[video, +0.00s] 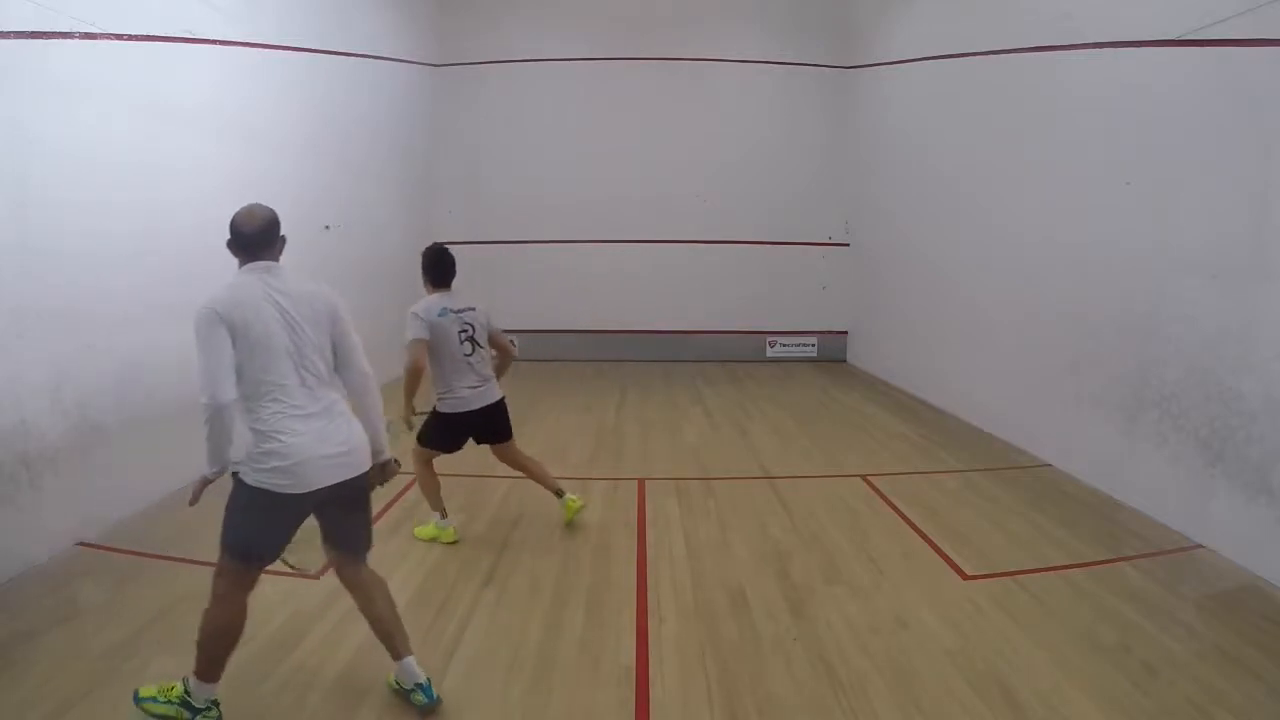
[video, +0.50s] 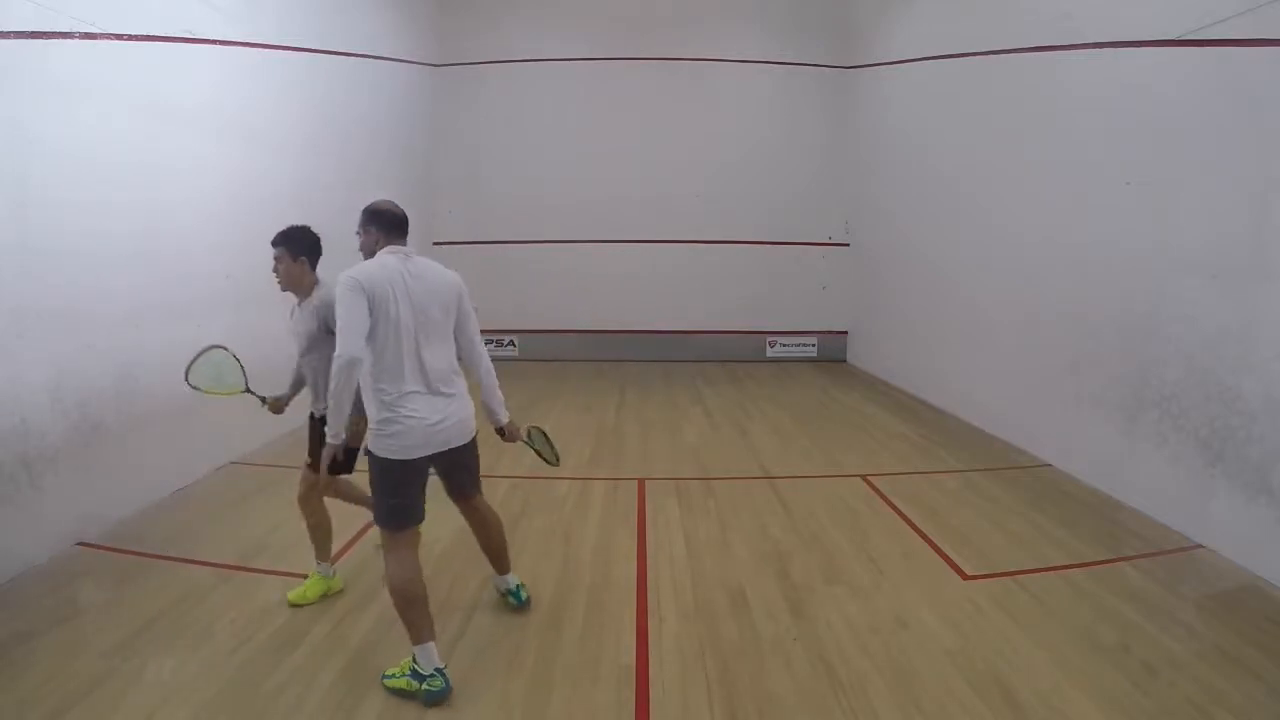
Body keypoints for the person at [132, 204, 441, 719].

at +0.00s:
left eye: (231, 242)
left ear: (230, 249)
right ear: (281, 244)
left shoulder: (220, 308)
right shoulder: (322, 297)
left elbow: (221, 399)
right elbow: (361, 378)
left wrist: (215, 465)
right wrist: (380, 448)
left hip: (275, 472)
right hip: (347, 460)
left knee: (231, 586)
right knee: (353, 563)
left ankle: (200, 695)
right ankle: (413, 676)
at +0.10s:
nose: (266, 232)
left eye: (265, 226)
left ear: (266, 232)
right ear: (316, 227)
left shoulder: (257, 286)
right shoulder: (357, 277)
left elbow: (247, 370)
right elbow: (392, 358)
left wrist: (241, 437)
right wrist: (409, 426)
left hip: (303, 451)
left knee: (272, 564)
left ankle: (259, 686)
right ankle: (415, 677)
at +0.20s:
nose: (298, 217)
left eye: (294, 210)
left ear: (293, 212)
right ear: (343, 208)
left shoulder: (281, 262)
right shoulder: (381, 256)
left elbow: (269, 338)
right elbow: (423, 335)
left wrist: (268, 414)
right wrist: (450, 402)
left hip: (326, 429)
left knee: (319, 541)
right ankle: (421, 654)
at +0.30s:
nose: (319, 221)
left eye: (318, 213)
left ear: (321, 215)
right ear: (368, 214)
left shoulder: (304, 263)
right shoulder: (405, 261)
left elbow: (290, 339)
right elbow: (450, 336)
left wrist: (288, 413)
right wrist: (486, 399)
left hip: (351, 434)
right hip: (415, 422)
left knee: (366, 543)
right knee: (406, 509)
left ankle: (418, 665)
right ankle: (452, 615)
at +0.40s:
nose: (339, 237)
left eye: (340, 231)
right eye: (344, 230)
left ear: (346, 233)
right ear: (388, 232)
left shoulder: (328, 280)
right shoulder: (425, 282)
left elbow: (314, 358)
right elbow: (466, 354)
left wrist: (305, 432)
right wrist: (505, 413)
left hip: (373, 443)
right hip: (434, 433)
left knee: (388, 556)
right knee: (438, 505)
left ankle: (427, 674)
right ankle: (493, 593)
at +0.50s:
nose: (358, 243)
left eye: (360, 235)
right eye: (360, 235)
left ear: (372, 235)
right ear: (405, 233)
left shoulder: (357, 280)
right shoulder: (447, 279)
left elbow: (350, 355)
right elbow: (476, 354)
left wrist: (335, 435)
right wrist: (500, 415)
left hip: (398, 438)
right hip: (455, 427)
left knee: (400, 547)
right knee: (472, 499)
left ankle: (429, 667)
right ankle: (510, 583)